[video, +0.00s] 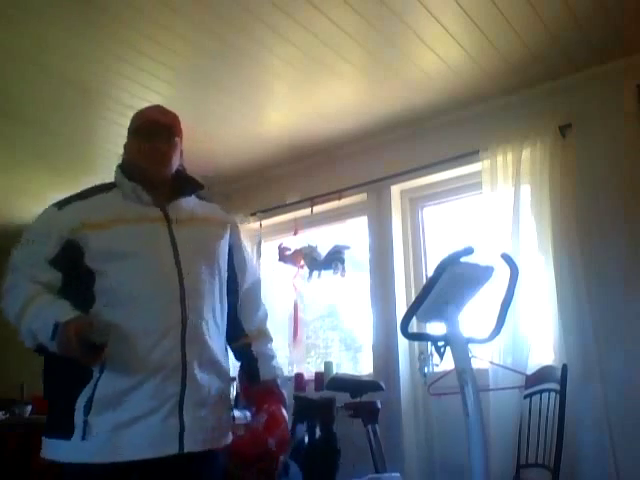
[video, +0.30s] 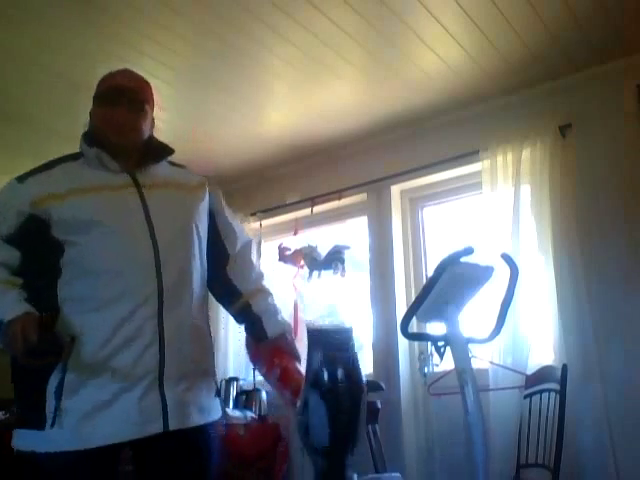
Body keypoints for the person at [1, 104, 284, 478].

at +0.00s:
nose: (155, 141)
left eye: (166, 134)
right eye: (143, 133)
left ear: (181, 149)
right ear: (125, 145)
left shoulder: (218, 223)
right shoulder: (71, 218)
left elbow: (250, 314)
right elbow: (21, 287)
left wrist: (268, 383)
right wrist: (59, 325)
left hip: (204, 435)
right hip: (107, 442)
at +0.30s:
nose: (123, 105)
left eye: (136, 100)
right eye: (110, 97)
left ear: (153, 116)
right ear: (91, 113)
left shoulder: (196, 191)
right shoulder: (35, 192)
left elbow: (238, 275)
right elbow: (2, 269)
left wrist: (274, 338)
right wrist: (15, 313)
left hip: (187, 414)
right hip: (82, 422)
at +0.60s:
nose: (135, 96)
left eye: (148, 91)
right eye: (122, 87)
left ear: (163, 112)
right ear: (99, 103)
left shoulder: (199, 189)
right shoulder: (39, 171)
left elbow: (230, 283)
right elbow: (1, 242)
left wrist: (269, 346)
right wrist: (36, 279)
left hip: (191, 421)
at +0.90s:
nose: (202, 104)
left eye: (213, 100)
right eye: (188, 90)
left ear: (218, 120)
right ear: (159, 99)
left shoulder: (236, 207)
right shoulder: (91, 153)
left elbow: (239, 323)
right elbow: (14, 210)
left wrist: (253, 403)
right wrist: (105, 241)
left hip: (212, 445)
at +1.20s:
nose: (268, 115)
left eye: (275, 106)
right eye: (258, 101)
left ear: (280, 115)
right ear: (222, 96)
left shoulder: (282, 194)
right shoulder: (155, 146)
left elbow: (283, 312)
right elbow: (83, 212)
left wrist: (300, 428)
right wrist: (175, 231)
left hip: (261, 442)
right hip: (147, 438)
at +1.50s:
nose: (302, 96)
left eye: (309, 88)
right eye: (289, 84)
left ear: (314, 101)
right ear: (250, 87)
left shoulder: (339, 186)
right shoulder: (181, 152)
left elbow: (379, 288)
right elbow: (122, 223)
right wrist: (219, 238)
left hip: (308, 430)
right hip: (194, 426)